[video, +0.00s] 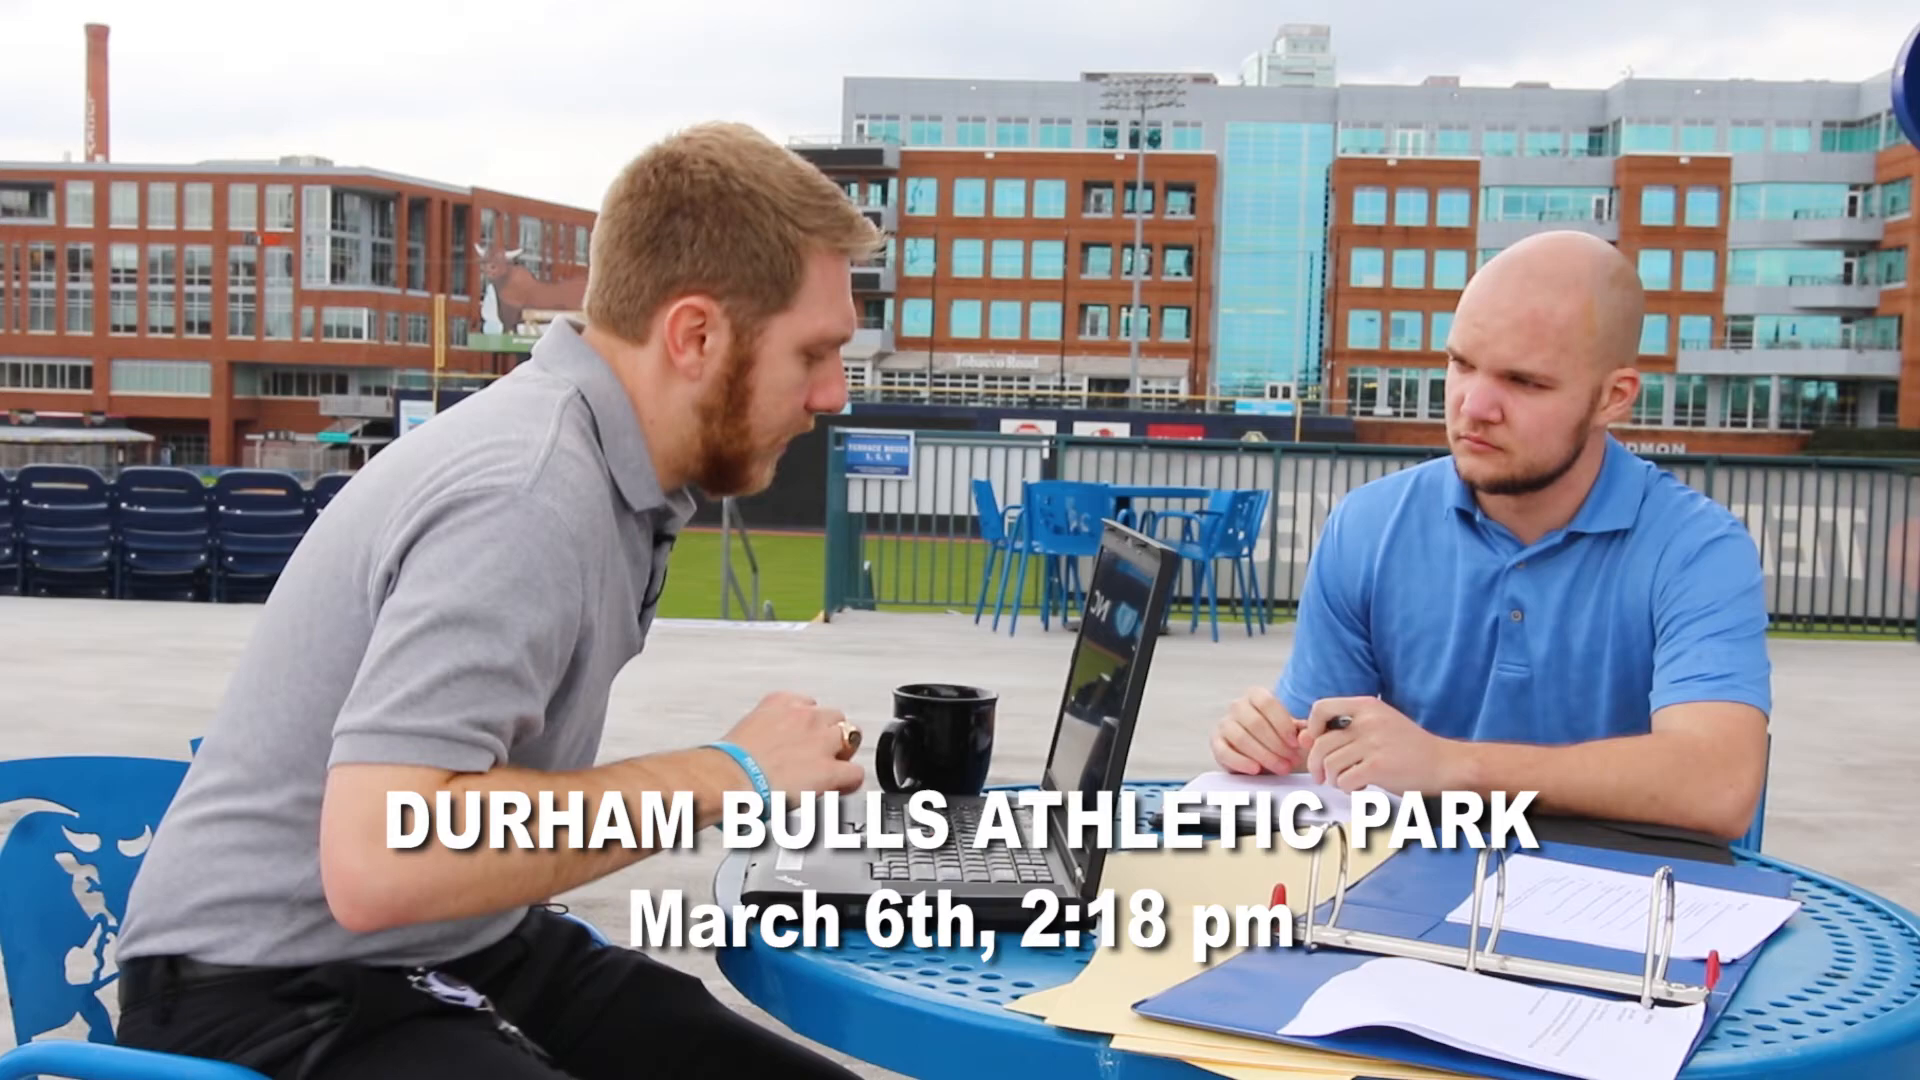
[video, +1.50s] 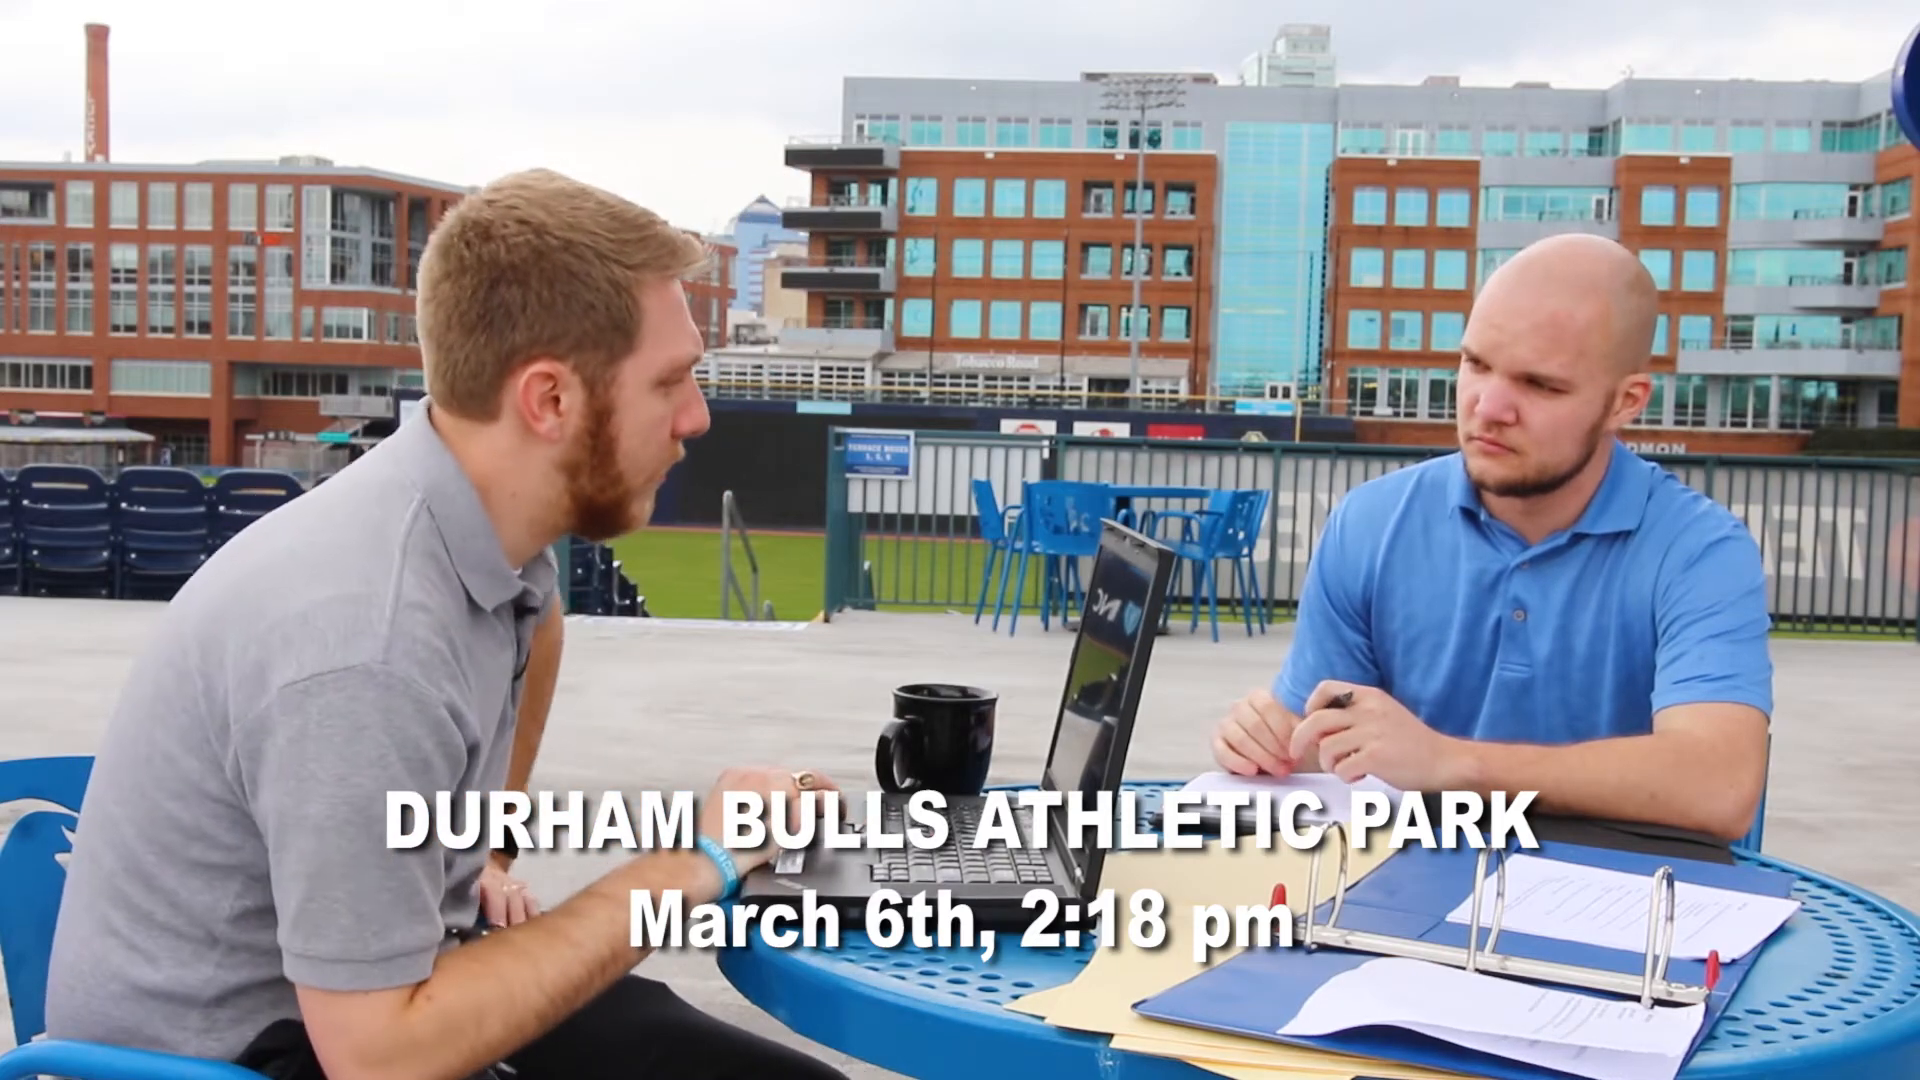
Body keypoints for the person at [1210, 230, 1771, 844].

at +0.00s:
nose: (1474, 405)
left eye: (1523, 381)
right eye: (1463, 364)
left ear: (1613, 398)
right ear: (1448, 355)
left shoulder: (1695, 548)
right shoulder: (1368, 527)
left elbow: (1714, 783)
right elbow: (1315, 731)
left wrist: (1449, 764)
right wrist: (1270, 736)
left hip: (1627, 915)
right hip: (1399, 894)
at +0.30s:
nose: (1479, 405)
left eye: (1528, 382)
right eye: (1467, 364)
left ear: (1617, 400)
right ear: (1452, 354)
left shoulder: (1695, 549)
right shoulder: (1368, 527)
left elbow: (1713, 783)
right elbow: (1313, 731)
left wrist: (1448, 763)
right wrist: (1268, 735)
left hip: (1625, 915)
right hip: (1398, 893)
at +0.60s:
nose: (1483, 407)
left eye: (1532, 383)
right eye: (1471, 365)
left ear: (1620, 401)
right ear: (1456, 354)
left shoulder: (1696, 550)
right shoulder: (1370, 525)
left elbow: (1714, 783)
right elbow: (1313, 728)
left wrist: (1449, 763)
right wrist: (1268, 733)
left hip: (1625, 914)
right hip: (1399, 891)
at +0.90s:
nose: (1484, 408)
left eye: (1533, 384)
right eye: (1473, 366)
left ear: (1621, 402)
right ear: (1457, 354)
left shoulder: (1696, 550)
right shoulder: (1370, 525)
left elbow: (1714, 783)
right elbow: (1312, 729)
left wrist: (1448, 762)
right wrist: (1269, 733)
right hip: (1397, 892)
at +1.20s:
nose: (1487, 408)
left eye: (1536, 384)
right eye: (1475, 365)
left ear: (1623, 403)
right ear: (1459, 355)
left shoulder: (1696, 550)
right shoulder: (1370, 525)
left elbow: (1714, 784)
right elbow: (1309, 724)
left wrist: (1449, 761)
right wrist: (1268, 731)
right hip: (1397, 892)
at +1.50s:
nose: (1489, 406)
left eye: (1538, 384)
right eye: (1478, 365)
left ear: (1624, 403)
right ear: (1460, 355)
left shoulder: (1696, 549)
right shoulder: (1369, 524)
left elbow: (1714, 784)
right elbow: (1304, 720)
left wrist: (1449, 761)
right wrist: (1265, 731)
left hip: (1623, 916)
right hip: (1395, 890)